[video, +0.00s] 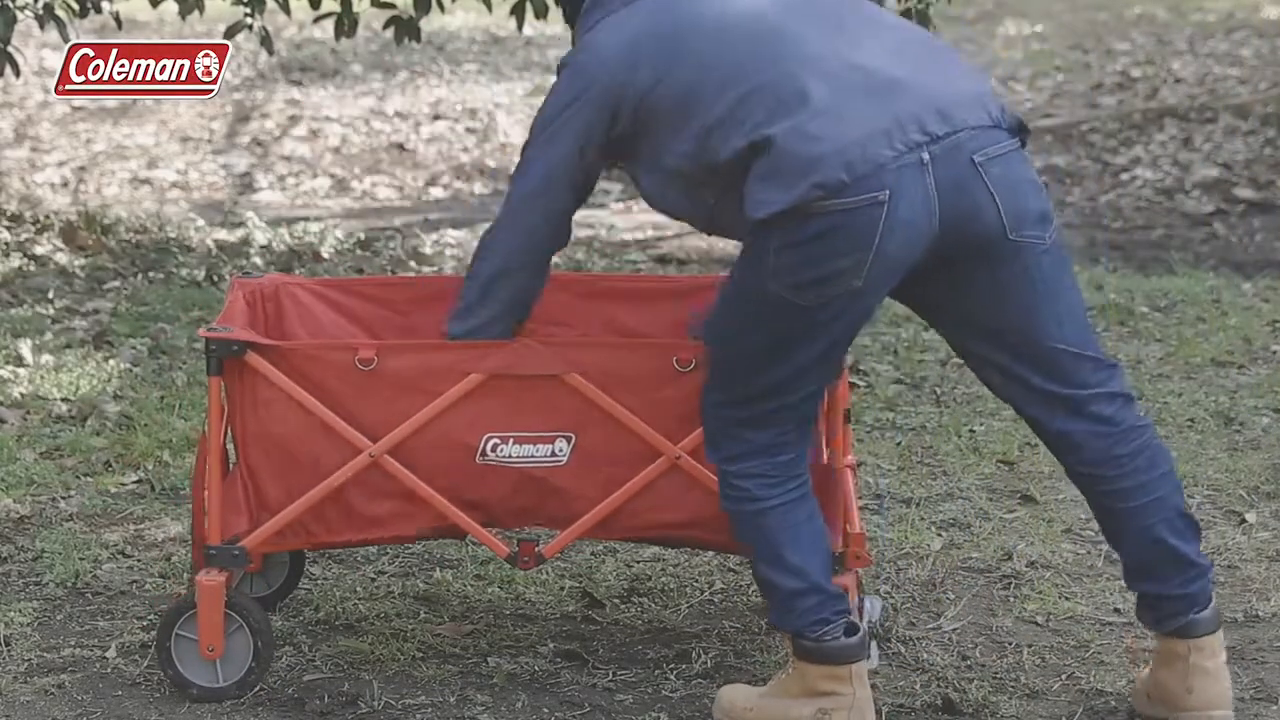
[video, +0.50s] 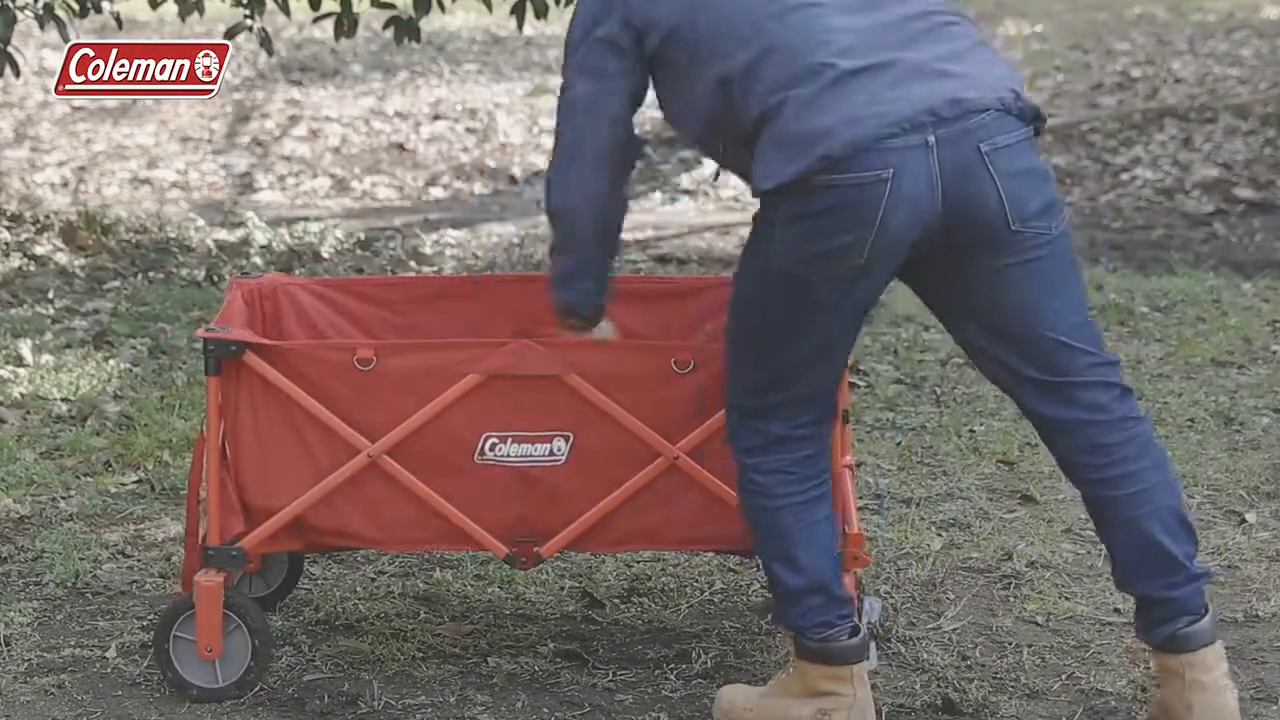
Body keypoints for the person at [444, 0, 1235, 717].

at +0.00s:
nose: (563, 44)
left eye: (563, 32)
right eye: (562, 32)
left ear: (585, 18)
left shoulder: (603, 54)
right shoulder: (789, 12)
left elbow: (517, 244)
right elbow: (838, 170)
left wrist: (457, 369)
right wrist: (734, 319)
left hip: (837, 201)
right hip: (984, 160)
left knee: (755, 443)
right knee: (1092, 403)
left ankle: (826, 668)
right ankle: (1192, 647)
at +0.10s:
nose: (564, 53)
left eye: (565, 39)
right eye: (564, 39)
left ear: (588, 33)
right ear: (686, 4)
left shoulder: (599, 91)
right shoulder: (771, 30)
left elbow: (519, 283)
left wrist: (459, 404)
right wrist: (767, 391)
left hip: (837, 221)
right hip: (986, 177)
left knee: (741, 438)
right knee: (1098, 413)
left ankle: (827, 664)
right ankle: (1211, 653)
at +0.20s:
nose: (564, 61)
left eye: (566, 47)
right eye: (565, 46)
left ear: (588, 40)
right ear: (686, 12)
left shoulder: (600, 100)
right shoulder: (773, 40)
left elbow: (518, 296)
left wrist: (465, 408)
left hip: (834, 227)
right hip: (985, 187)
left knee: (737, 443)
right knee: (1098, 424)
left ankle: (822, 662)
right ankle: (1210, 660)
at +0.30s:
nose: (570, 37)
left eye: (570, 25)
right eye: (570, 25)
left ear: (592, 15)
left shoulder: (604, 70)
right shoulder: (787, 12)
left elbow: (515, 270)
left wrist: (453, 389)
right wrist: (790, 339)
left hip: (834, 217)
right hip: (984, 174)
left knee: (742, 438)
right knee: (1094, 417)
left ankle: (825, 667)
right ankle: (1206, 658)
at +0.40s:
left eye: (574, 42)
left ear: (607, 12)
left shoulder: (608, 32)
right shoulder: (815, 5)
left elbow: (543, 221)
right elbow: (859, 147)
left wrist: (498, 358)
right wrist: (791, 317)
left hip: (839, 197)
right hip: (989, 162)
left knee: (757, 430)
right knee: (1090, 406)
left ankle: (824, 670)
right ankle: (1203, 660)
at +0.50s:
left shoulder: (618, 7)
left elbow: (585, 167)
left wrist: (578, 293)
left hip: (846, 175)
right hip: (995, 140)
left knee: (777, 426)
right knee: (1086, 393)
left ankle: (828, 670)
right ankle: (1192, 660)